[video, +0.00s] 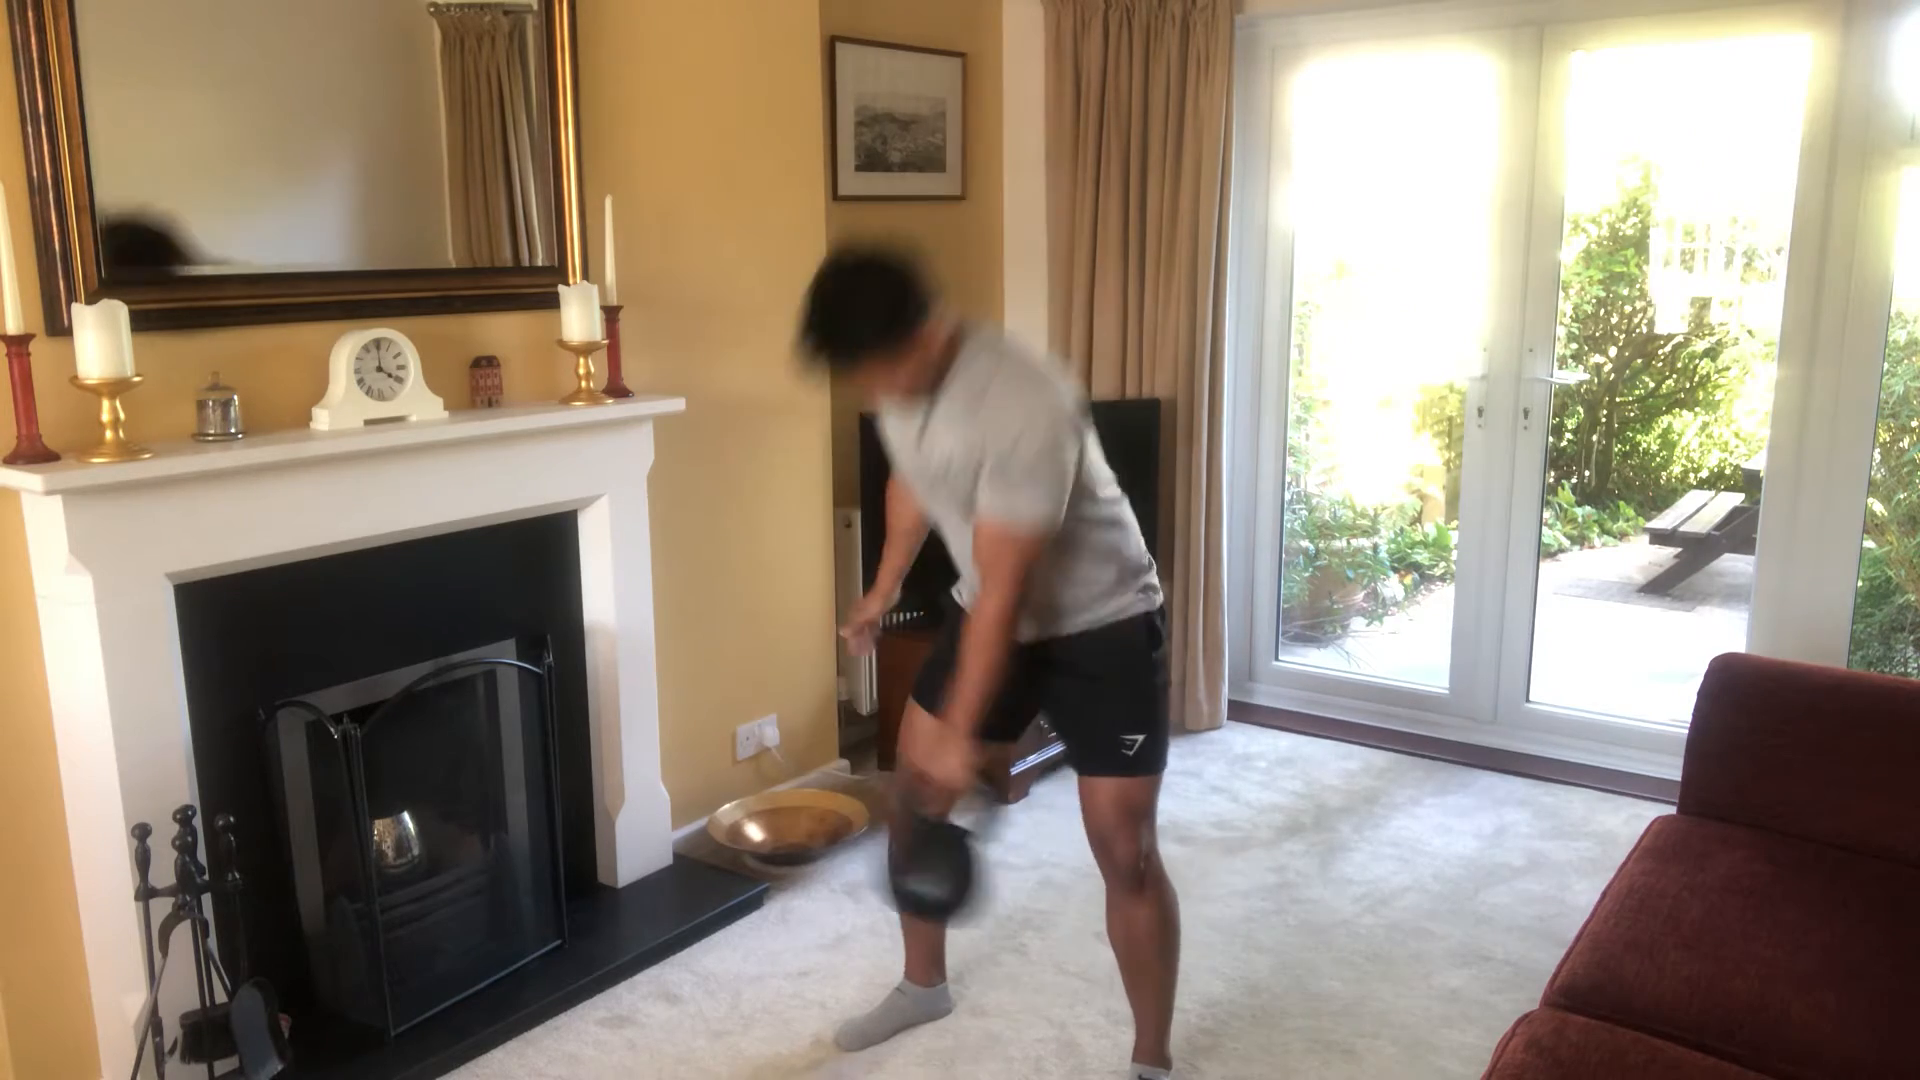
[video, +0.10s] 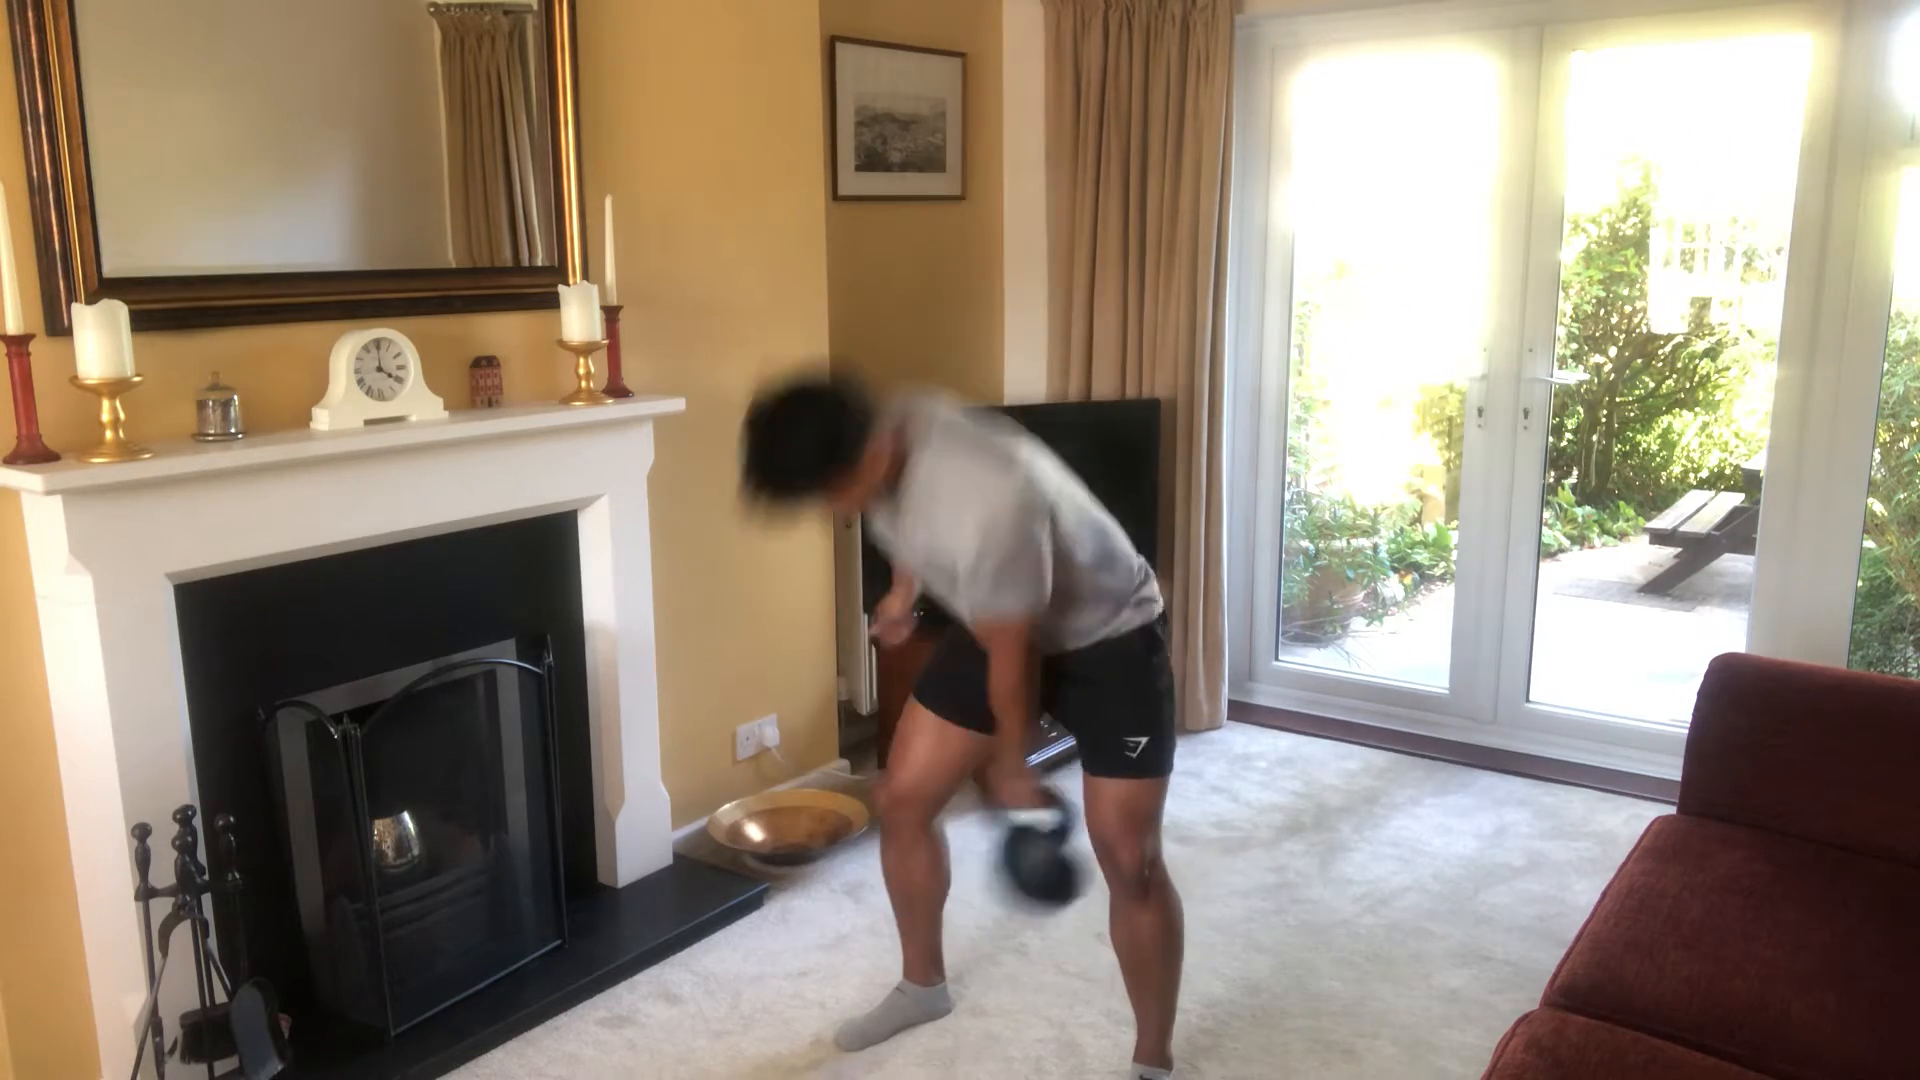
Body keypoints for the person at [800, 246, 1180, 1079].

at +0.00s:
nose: (867, 389)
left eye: (870, 371)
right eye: (855, 376)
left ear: (915, 333)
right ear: (863, 354)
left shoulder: (1025, 400)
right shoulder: (896, 383)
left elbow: (1001, 590)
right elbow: (913, 483)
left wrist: (958, 729)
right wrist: (883, 592)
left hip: (1101, 620)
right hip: (994, 611)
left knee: (1125, 852)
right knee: (917, 779)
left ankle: (1153, 1060)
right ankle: (924, 983)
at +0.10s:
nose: (831, 505)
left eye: (830, 489)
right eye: (820, 495)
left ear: (866, 457)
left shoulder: (986, 494)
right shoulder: (882, 437)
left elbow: (1012, 650)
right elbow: (921, 515)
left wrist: (1016, 785)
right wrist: (905, 588)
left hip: (1107, 632)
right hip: (994, 623)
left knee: (1130, 856)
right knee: (902, 799)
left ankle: (1154, 1062)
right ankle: (923, 985)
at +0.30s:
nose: (817, 701)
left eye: (812, 689)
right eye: (801, 698)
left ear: (838, 642)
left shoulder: (970, 658)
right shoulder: (846, 536)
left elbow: (1050, 730)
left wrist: (1006, 776)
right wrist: (994, 752)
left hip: (1111, 650)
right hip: (998, 656)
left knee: (1124, 874)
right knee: (890, 808)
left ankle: (1153, 1062)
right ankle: (922, 986)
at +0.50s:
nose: (821, 563)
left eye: (815, 544)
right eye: (807, 551)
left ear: (845, 509)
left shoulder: (976, 555)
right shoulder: (878, 458)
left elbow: (1041, 683)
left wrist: (1074, 752)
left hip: (1116, 628)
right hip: (1012, 620)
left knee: (1133, 857)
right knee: (908, 795)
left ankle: (1156, 1061)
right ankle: (923, 984)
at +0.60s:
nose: (845, 381)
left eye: (849, 359)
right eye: (835, 363)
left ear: (898, 327)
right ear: (866, 341)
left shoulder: (1014, 412)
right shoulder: (893, 383)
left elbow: (1023, 598)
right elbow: (892, 461)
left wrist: (1023, 723)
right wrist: (883, 536)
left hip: (1106, 616)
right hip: (999, 607)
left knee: (1131, 843)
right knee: (930, 790)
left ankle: (1157, 1055)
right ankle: (925, 982)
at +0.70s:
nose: (913, 272)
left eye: (928, 249)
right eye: (904, 253)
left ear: (985, 227)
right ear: (905, 243)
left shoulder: (1055, 334)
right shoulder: (932, 321)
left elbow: (1007, 516)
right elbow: (912, 430)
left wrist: (964, 669)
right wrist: (856, 526)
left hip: (1092, 601)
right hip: (987, 591)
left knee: (1114, 830)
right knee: (951, 782)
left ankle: (1153, 1056)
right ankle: (928, 982)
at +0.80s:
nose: (964, 244)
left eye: (978, 221)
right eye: (951, 226)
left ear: (1035, 207)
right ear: (944, 224)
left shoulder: (1096, 318)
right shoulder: (960, 320)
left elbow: (1013, 455)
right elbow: (919, 433)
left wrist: (914, 585)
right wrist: (847, 523)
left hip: (1083, 609)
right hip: (972, 598)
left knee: (1115, 833)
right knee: (956, 800)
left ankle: (1153, 1051)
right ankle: (928, 982)